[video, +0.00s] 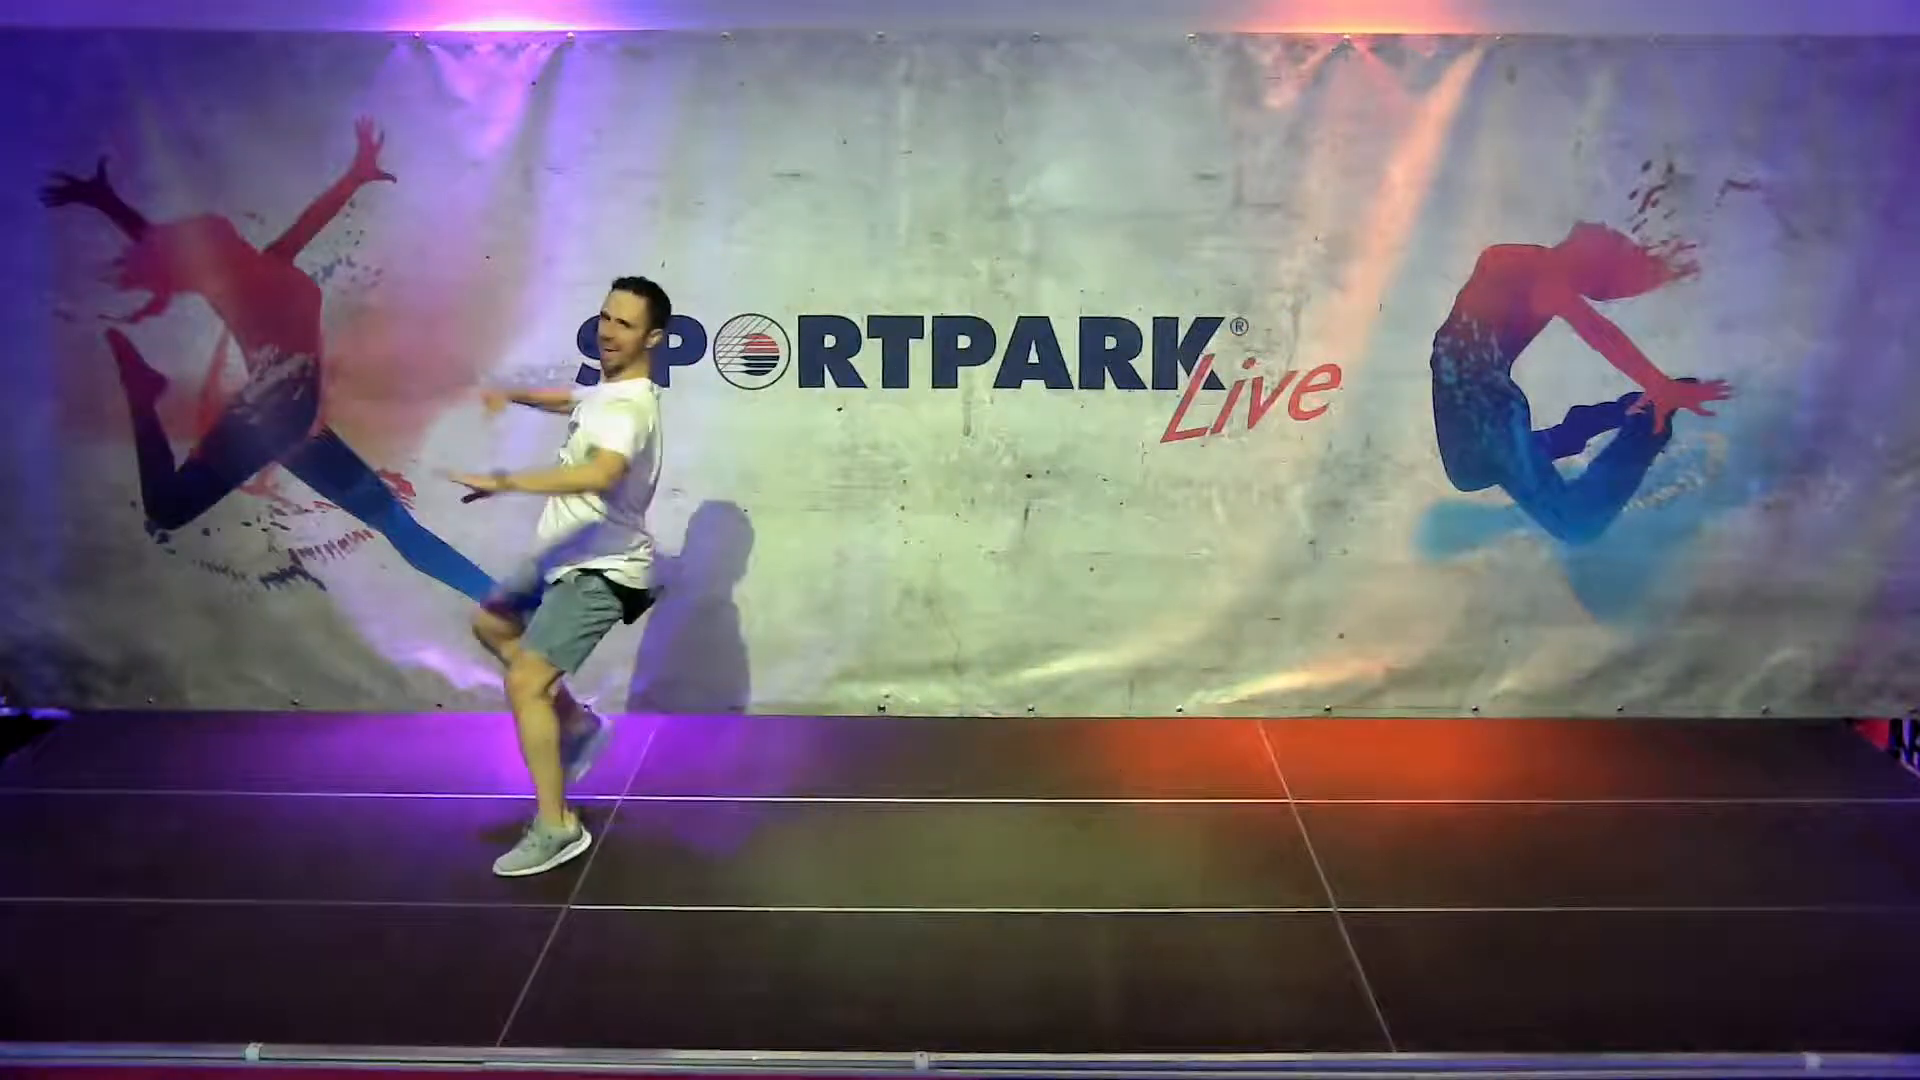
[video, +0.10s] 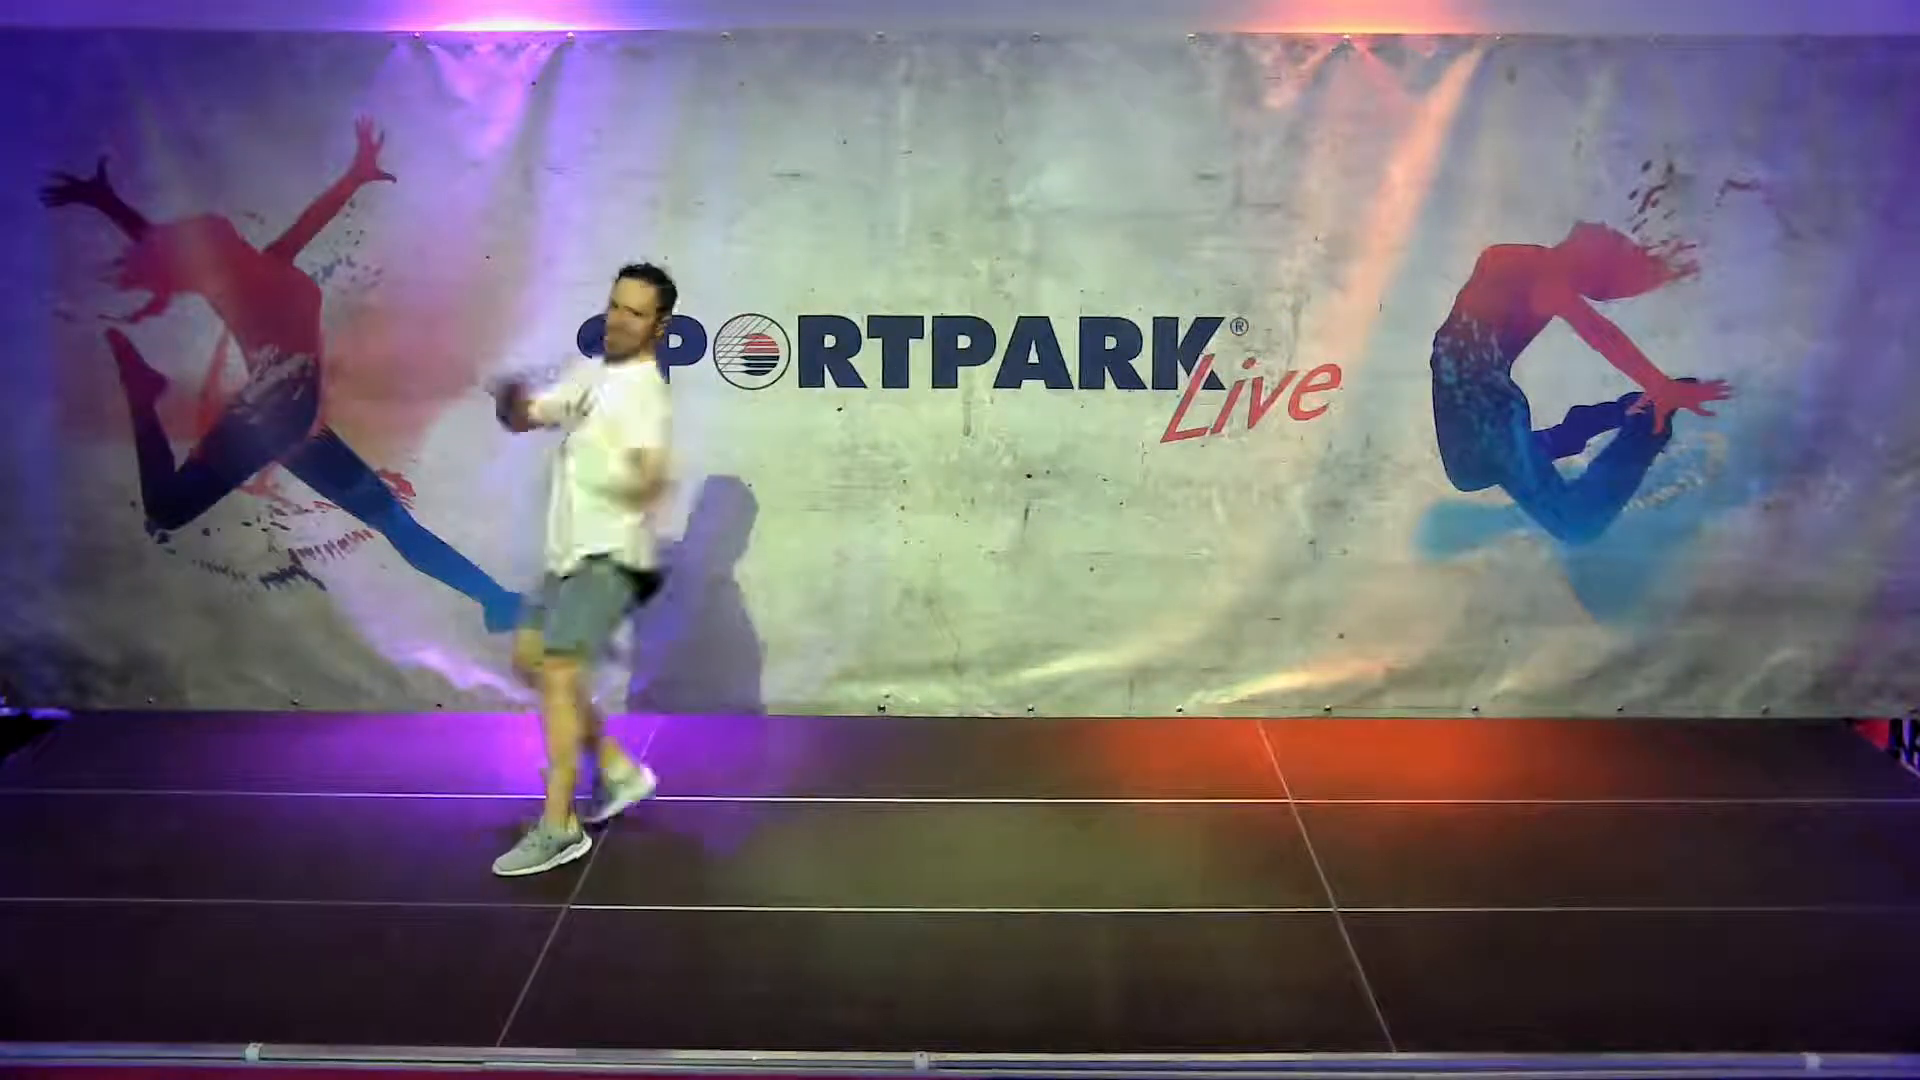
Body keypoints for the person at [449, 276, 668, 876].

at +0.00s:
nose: (607, 332)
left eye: (622, 325)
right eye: (606, 319)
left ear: (652, 338)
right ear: (603, 322)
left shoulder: (630, 404)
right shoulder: (611, 387)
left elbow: (602, 472)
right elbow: (574, 402)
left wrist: (507, 483)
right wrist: (513, 394)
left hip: (605, 568)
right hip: (571, 555)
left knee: (527, 681)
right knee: (492, 623)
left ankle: (556, 824)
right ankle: (575, 723)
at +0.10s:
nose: (618, 320)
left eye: (633, 313)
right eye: (615, 308)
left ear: (659, 326)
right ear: (607, 309)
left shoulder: (645, 386)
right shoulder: (591, 376)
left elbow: (650, 481)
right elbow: (527, 417)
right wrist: (514, 401)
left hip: (609, 553)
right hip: (571, 549)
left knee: (561, 672)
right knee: (531, 656)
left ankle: (558, 825)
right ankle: (620, 771)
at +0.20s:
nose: (656, 294)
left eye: (666, 286)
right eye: (648, 281)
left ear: (674, 295)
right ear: (620, 279)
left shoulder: (679, 358)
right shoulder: (574, 341)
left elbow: (725, 443)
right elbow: (526, 416)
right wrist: (565, 439)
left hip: (640, 531)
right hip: (576, 527)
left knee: (613, 658)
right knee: (565, 648)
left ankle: (586, 801)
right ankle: (626, 770)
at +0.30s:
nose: (694, 278)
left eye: (698, 267)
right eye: (685, 266)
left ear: (691, 270)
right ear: (646, 265)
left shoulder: (701, 340)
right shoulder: (589, 336)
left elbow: (779, 370)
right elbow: (553, 427)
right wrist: (589, 494)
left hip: (666, 515)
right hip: (593, 511)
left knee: (657, 640)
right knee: (592, 643)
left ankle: (650, 775)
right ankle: (606, 764)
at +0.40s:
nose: (726, 283)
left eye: (725, 272)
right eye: (717, 271)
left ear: (708, 277)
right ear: (682, 273)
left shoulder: (713, 347)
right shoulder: (631, 353)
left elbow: (759, 314)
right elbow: (602, 451)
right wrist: (621, 531)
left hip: (694, 525)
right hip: (626, 527)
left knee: (713, 633)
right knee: (604, 643)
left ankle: (694, 753)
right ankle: (578, 762)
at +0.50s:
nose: (744, 289)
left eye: (742, 277)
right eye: (737, 278)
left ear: (702, 287)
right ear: (713, 286)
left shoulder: (712, 349)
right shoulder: (677, 369)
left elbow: (728, 290)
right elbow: (650, 469)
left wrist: (745, 239)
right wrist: (658, 557)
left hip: (704, 528)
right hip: (648, 533)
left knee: (737, 632)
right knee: (619, 649)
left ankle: (709, 748)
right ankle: (580, 761)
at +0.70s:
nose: (846, 299)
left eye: (843, 290)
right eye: (844, 291)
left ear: (797, 285)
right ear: (837, 295)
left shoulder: (743, 315)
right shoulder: (823, 381)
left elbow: (662, 311)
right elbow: (867, 481)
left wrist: (653, 308)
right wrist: (911, 530)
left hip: (712, 502)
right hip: (765, 516)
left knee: (735, 616)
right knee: (806, 632)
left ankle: (714, 749)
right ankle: (726, 747)